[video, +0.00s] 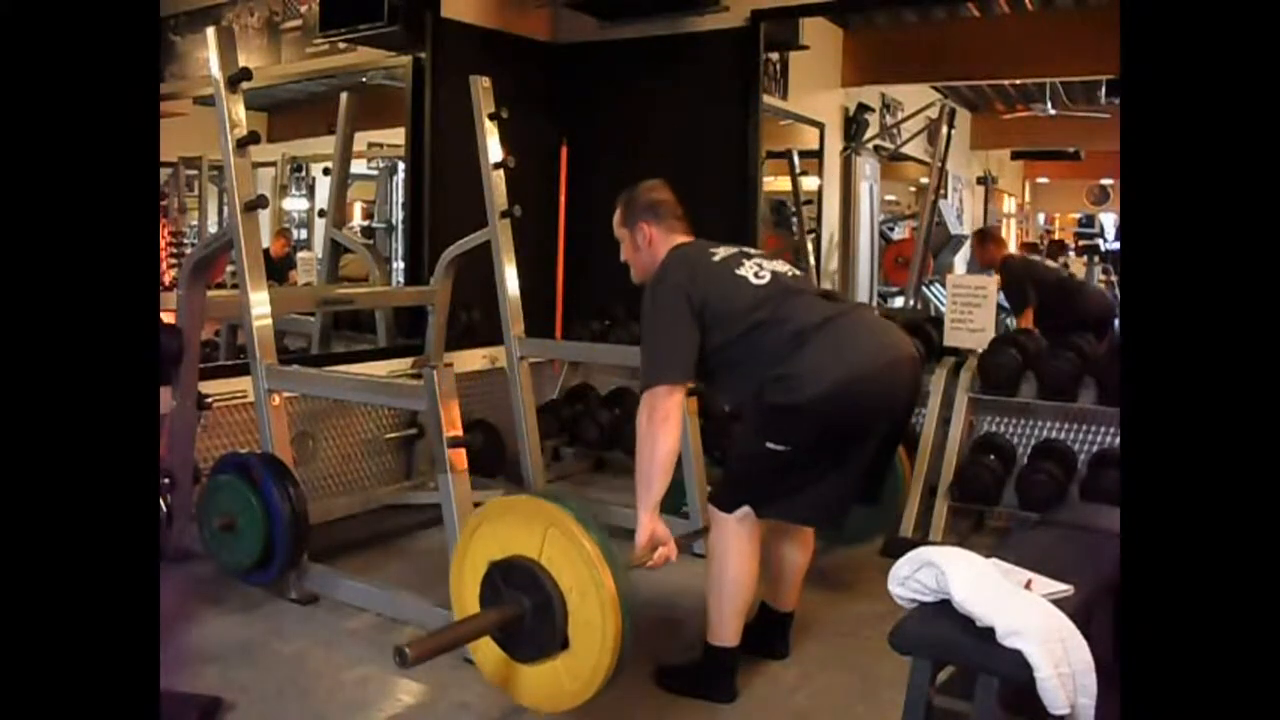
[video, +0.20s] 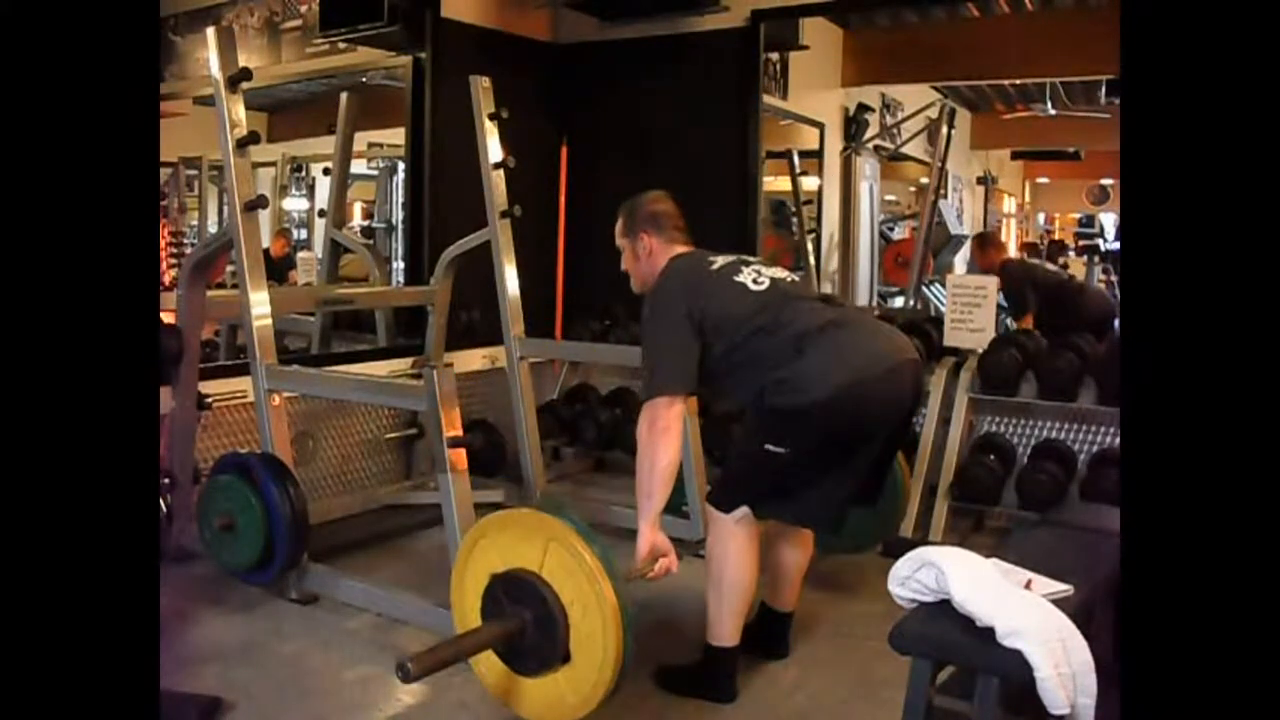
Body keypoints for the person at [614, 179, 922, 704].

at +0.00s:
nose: (623, 258)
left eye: (623, 243)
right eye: (620, 245)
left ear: (646, 233)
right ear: (674, 229)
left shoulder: (673, 279)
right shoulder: (732, 260)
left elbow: (663, 399)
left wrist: (647, 515)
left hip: (823, 374)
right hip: (891, 357)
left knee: (733, 507)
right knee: (795, 503)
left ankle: (716, 669)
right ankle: (773, 629)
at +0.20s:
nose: (624, 268)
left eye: (624, 253)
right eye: (622, 256)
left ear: (645, 244)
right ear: (675, 238)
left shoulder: (672, 290)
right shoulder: (730, 268)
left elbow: (664, 410)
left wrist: (649, 523)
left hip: (825, 380)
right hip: (895, 363)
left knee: (729, 506)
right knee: (794, 504)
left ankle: (717, 670)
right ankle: (773, 630)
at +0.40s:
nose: (626, 243)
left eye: (627, 227)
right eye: (625, 229)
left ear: (652, 218)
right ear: (677, 215)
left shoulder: (673, 267)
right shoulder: (734, 247)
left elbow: (668, 382)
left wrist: (652, 500)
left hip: (819, 374)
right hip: (886, 356)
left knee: (737, 505)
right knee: (797, 501)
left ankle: (716, 670)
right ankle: (773, 630)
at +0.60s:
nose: (647, 166)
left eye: (649, 149)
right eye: (646, 150)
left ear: (670, 141)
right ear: (703, 140)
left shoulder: (682, 199)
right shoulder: (750, 188)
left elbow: (671, 322)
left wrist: (657, 429)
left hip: (798, 359)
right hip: (868, 345)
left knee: (734, 501)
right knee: (800, 500)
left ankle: (717, 667)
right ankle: (774, 630)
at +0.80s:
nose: (704, 78)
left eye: (705, 64)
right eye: (703, 65)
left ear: (725, 56)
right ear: (770, 57)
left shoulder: (732, 125)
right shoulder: (811, 129)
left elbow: (693, 236)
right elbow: (800, 242)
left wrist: (661, 340)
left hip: (758, 346)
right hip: (826, 340)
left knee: (739, 508)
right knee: (787, 496)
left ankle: (717, 668)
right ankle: (773, 631)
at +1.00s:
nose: (750, 85)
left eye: (752, 69)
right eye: (749, 71)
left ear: (780, 57)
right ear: (813, 57)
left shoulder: (775, 127)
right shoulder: (853, 138)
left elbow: (712, 244)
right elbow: (828, 254)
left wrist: (658, 332)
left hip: (747, 345)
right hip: (814, 345)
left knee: (721, 502)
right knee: (772, 491)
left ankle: (715, 667)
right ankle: (771, 631)